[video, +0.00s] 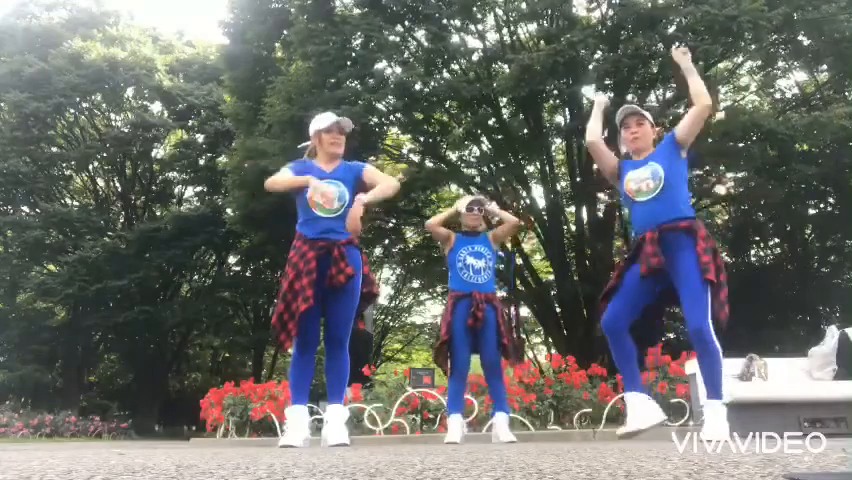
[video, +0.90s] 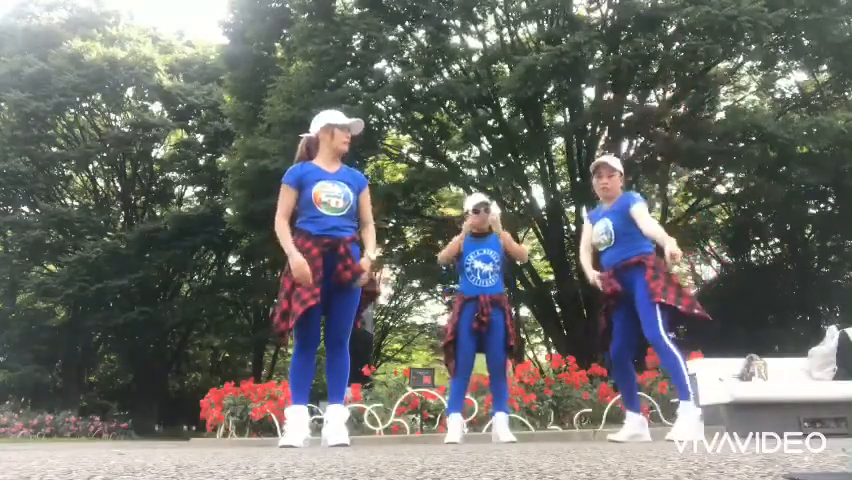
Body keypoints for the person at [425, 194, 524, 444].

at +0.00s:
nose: (475, 214)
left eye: (479, 211)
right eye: (470, 211)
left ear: (484, 217)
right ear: (460, 216)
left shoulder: (491, 238)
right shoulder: (452, 238)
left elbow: (515, 222)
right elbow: (431, 225)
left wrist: (493, 210)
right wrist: (454, 210)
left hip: (488, 303)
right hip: (461, 302)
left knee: (491, 362)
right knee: (460, 363)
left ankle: (501, 420)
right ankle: (455, 421)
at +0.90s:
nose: (479, 215)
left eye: (483, 211)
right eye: (474, 211)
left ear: (491, 214)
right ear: (467, 216)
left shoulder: (501, 238)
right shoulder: (462, 240)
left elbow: (522, 256)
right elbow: (443, 258)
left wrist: (501, 233)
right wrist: (463, 234)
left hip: (496, 304)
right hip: (468, 304)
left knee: (497, 365)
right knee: (463, 364)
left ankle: (500, 423)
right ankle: (454, 421)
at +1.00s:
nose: (481, 215)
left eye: (485, 211)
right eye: (475, 211)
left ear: (492, 215)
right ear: (466, 216)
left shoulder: (502, 239)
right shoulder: (460, 242)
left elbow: (523, 266)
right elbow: (441, 268)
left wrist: (505, 253)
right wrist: (461, 251)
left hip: (496, 305)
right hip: (468, 305)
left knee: (497, 364)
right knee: (463, 363)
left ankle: (501, 423)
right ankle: (456, 422)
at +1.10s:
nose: (478, 216)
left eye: (482, 211)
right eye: (472, 212)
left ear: (488, 215)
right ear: (463, 217)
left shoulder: (499, 242)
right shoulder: (456, 244)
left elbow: (518, 267)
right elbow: (439, 272)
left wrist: (507, 273)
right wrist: (455, 273)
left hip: (494, 306)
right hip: (466, 306)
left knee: (496, 365)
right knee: (463, 364)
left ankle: (501, 423)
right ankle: (457, 423)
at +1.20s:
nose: (471, 216)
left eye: (476, 212)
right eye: (466, 213)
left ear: (483, 217)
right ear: (458, 218)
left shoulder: (494, 243)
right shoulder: (450, 246)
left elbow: (508, 273)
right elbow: (439, 276)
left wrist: (509, 301)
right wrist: (444, 298)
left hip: (490, 306)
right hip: (460, 307)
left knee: (492, 364)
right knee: (461, 366)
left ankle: (500, 421)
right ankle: (457, 423)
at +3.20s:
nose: (463, 215)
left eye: (468, 212)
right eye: (459, 211)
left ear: (475, 217)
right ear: (451, 215)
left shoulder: (484, 243)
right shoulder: (439, 244)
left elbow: (493, 274)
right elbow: (430, 277)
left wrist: (495, 302)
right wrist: (428, 303)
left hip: (479, 305)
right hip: (450, 305)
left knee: (481, 362)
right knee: (452, 363)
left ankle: (489, 421)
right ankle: (450, 421)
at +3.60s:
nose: (470, 215)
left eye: (475, 211)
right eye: (465, 211)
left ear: (480, 218)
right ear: (456, 217)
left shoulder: (489, 243)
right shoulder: (446, 244)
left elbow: (504, 270)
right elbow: (437, 276)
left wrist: (492, 294)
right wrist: (436, 300)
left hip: (483, 306)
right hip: (455, 306)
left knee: (488, 362)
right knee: (454, 363)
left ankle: (498, 419)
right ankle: (448, 418)